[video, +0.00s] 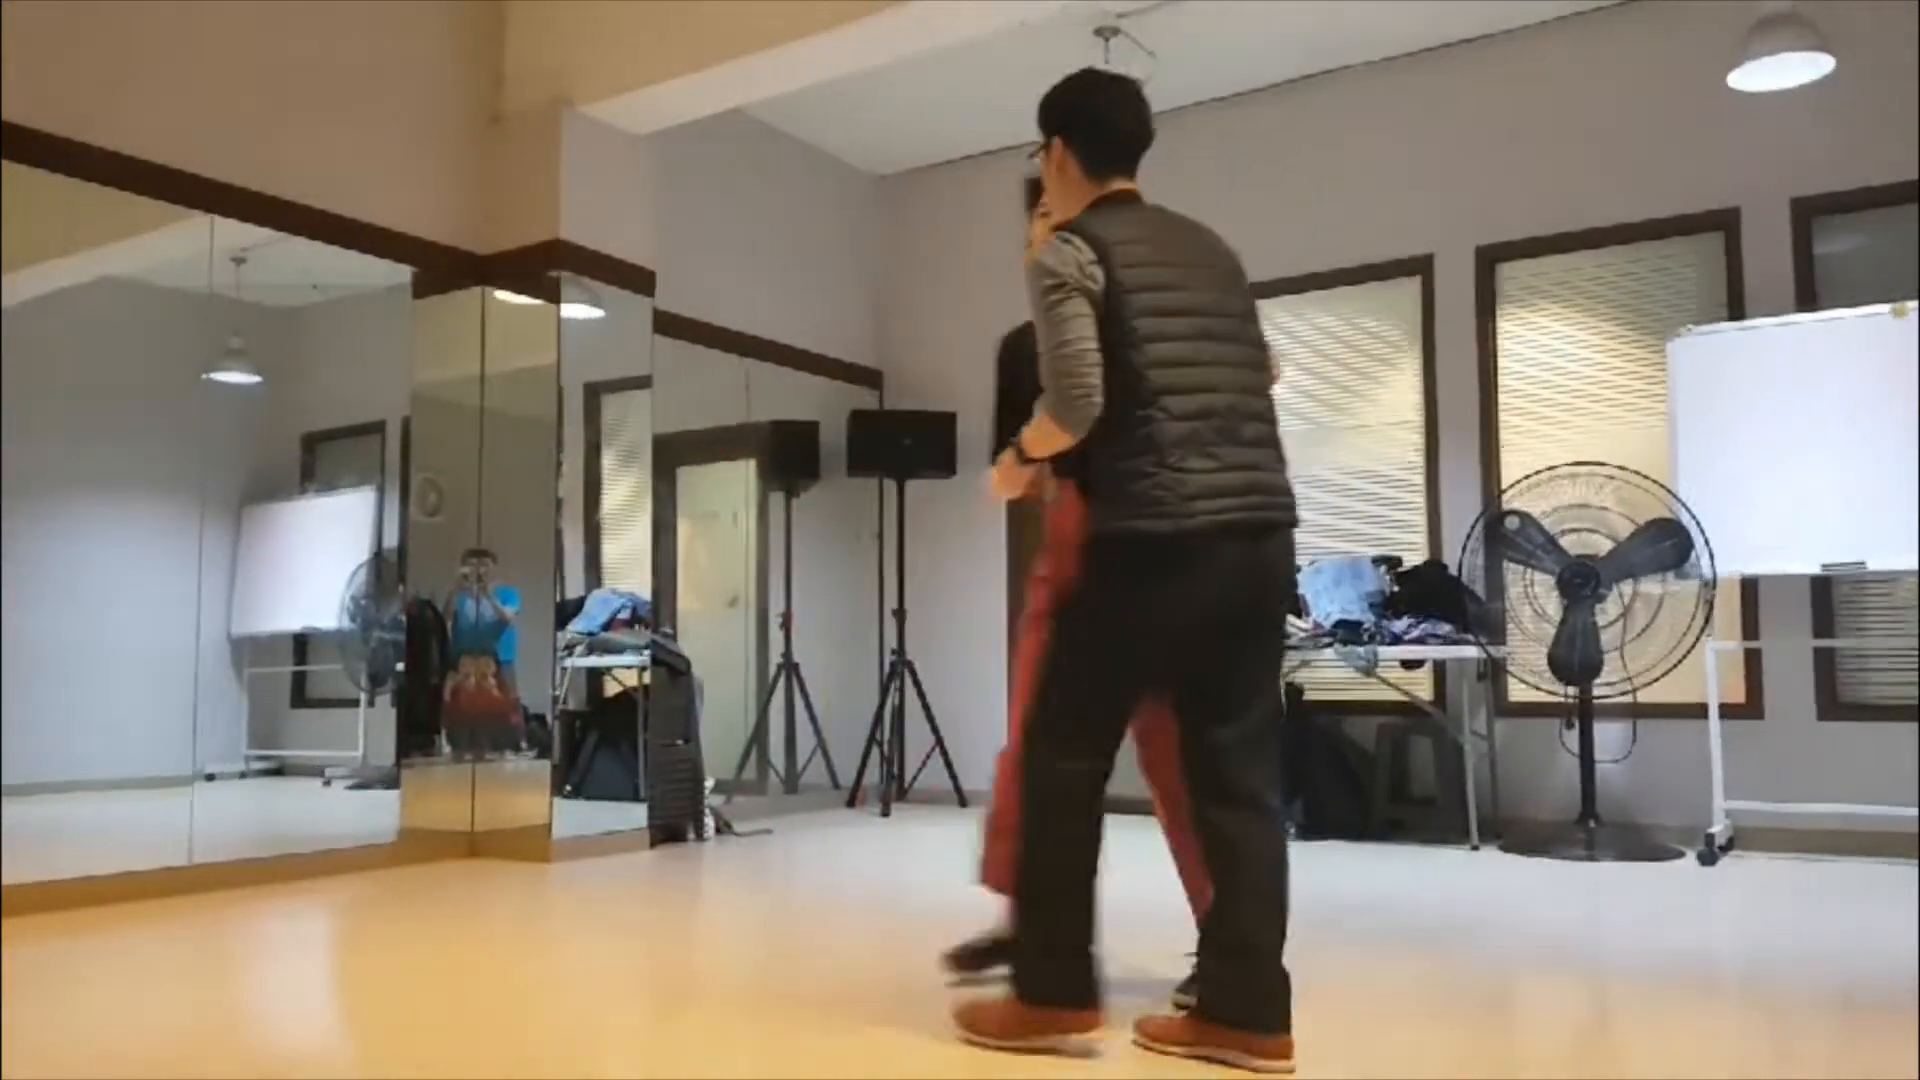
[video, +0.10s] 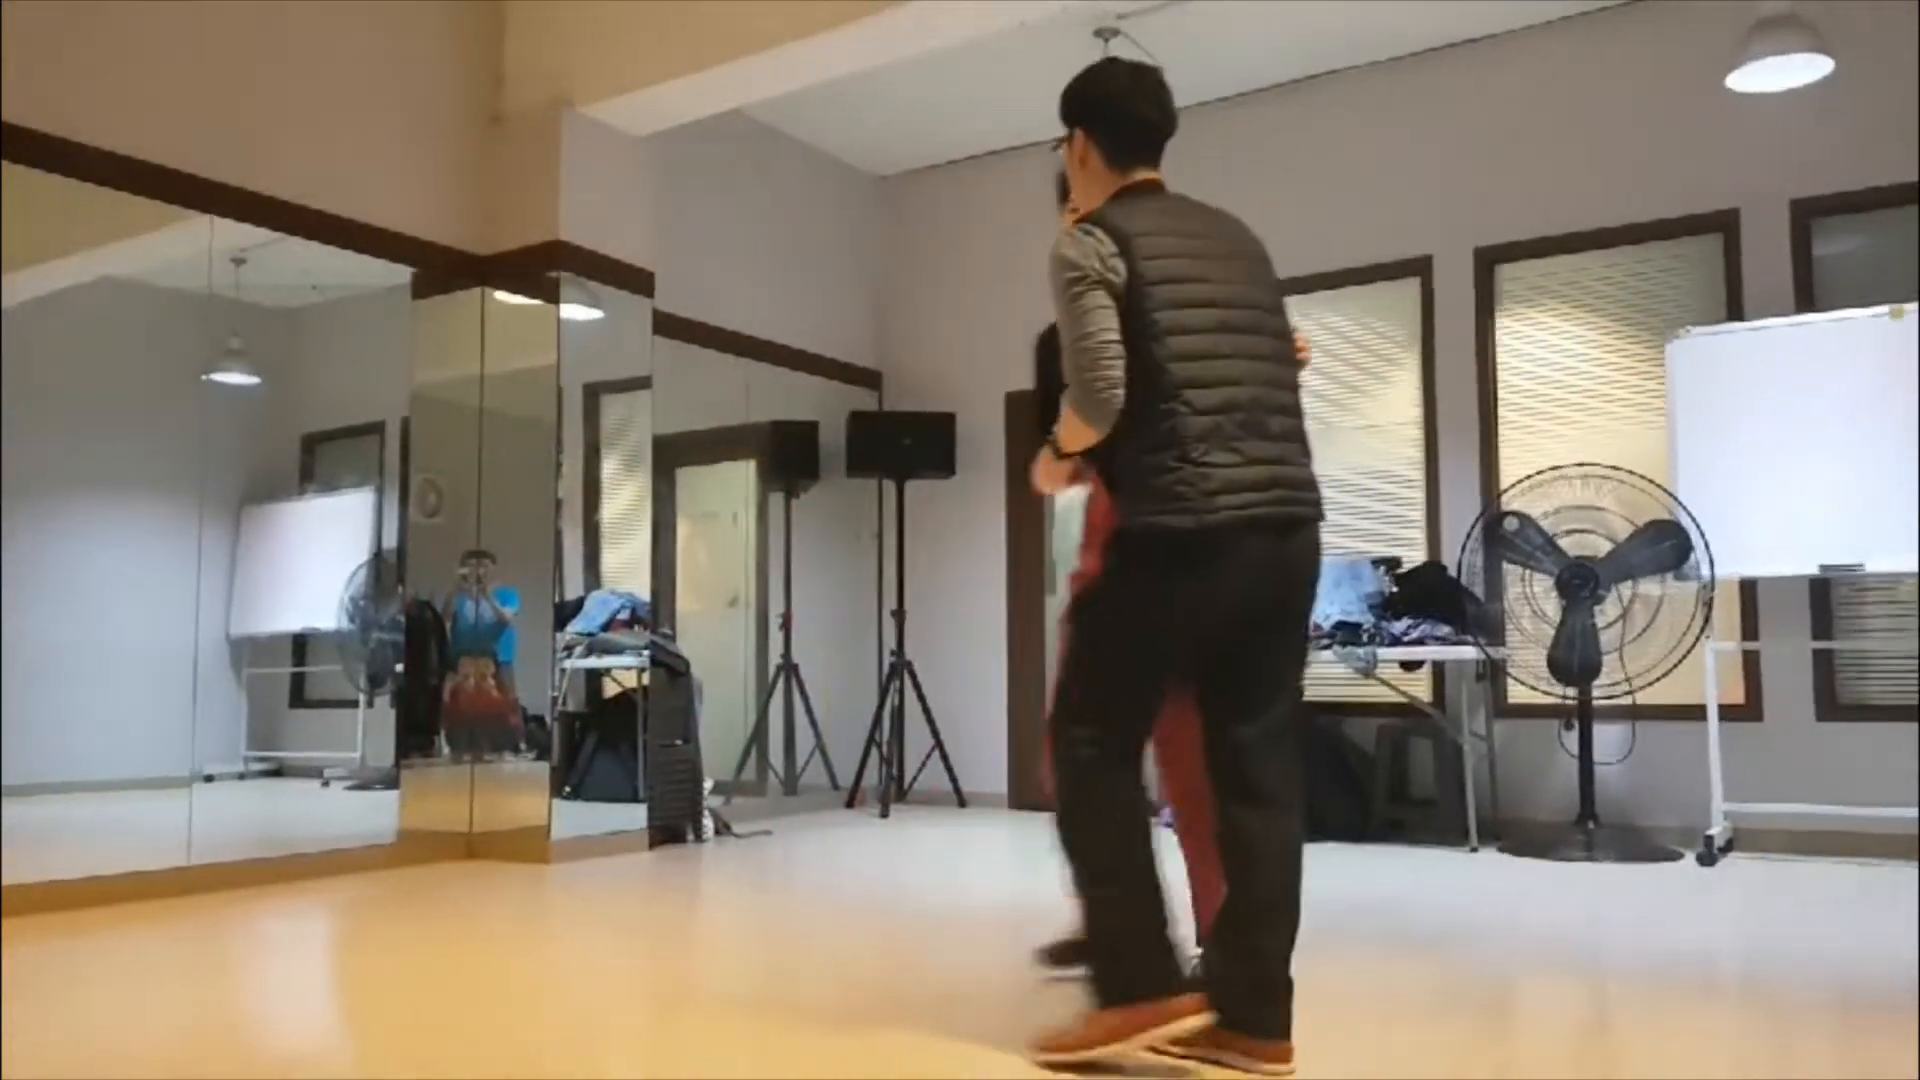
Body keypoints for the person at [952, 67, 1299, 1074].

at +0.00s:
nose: (1039, 179)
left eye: (1041, 163)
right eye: (1040, 166)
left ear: (1059, 156)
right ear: (1139, 158)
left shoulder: (1068, 247)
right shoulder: (1208, 245)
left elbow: (1075, 406)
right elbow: (1260, 372)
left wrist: (1023, 455)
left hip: (1152, 542)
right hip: (1255, 542)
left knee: (1062, 753)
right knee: (1236, 771)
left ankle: (1054, 995)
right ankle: (1248, 1009)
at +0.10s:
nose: (1062, 165)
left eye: (1063, 148)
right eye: (1067, 149)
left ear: (1081, 147)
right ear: (1159, 149)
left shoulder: (1088, 239)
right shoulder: (1234, 234)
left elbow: (1100, 390)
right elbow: (1273, 361)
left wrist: (1062, 451)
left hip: (1176, 540)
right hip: (1284, 536)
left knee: (1090, 745)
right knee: (1260, 762)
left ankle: (1138, 985)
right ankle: (1255, 1012)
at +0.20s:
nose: (1101, 162)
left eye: (1101, 145)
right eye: (1105, 146)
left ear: (1120, 145)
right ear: (1196, 143)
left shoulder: (1125, 240)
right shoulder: (1274, 233)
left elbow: (1125, 383)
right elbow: (1319, 354)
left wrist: (1109, 445)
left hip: (1213, 544)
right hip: (1319, 537)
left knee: (1141, 751)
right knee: (1275, 761)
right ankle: (1230, 1002)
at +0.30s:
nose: (1136, 168)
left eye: (1135, 152)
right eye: (1135, 153)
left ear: (1152, 147)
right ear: (1238, 148)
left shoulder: (1164, 247)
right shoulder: (1311, 240)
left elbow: (1143, 420)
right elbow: (1355, 373)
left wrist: (1153, 470)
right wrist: (1226, 442)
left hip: (1254, 557)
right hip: (1350, 548)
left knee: (1221, 788)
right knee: (1279, 784)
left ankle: (1424, 971)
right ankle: (1241, 1016)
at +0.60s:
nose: (1237, 163)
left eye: (1236, 147)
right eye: (1239, 149)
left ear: (1249, 144)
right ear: (1336, 139)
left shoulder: (1252, 240)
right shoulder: (1421, 231)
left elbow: (1218, 402)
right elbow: (1441, 375)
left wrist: (1227, 443)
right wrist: (1323, 434)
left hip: (1360, 546)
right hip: (1465, 534)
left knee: (1382, 795)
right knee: (1351, 764)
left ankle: (1497, 1049)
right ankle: (1341, 995)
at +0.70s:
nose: (1270, 158)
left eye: (1270, 142)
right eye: (1277, 143)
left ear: (1286, 139)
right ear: (1371, 136)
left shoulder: (1281, 232)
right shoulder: (1453, 225)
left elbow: (1238, 396)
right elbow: (1480, 377)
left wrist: (1256, 433)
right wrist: (1322, 428)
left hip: (1381, 544)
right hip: (1494, 533)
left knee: (1389, 797)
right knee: (1423, 777)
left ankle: (1495, 1054)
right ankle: (1434, 990)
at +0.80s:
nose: (1306, 163)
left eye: (1305, 147)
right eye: (1309, 148)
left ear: (1320, 146)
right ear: (1409, 142)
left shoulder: (1311, 238)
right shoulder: (1490, 237)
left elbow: (1263, 414)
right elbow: (1515, 385)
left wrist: (1300, 452)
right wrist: (1357, 442)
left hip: (1401, 555)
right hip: (1517, 544)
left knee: (1386, 801)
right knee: (1483, 772)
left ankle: (1481, 1053)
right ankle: (1590, 1007)